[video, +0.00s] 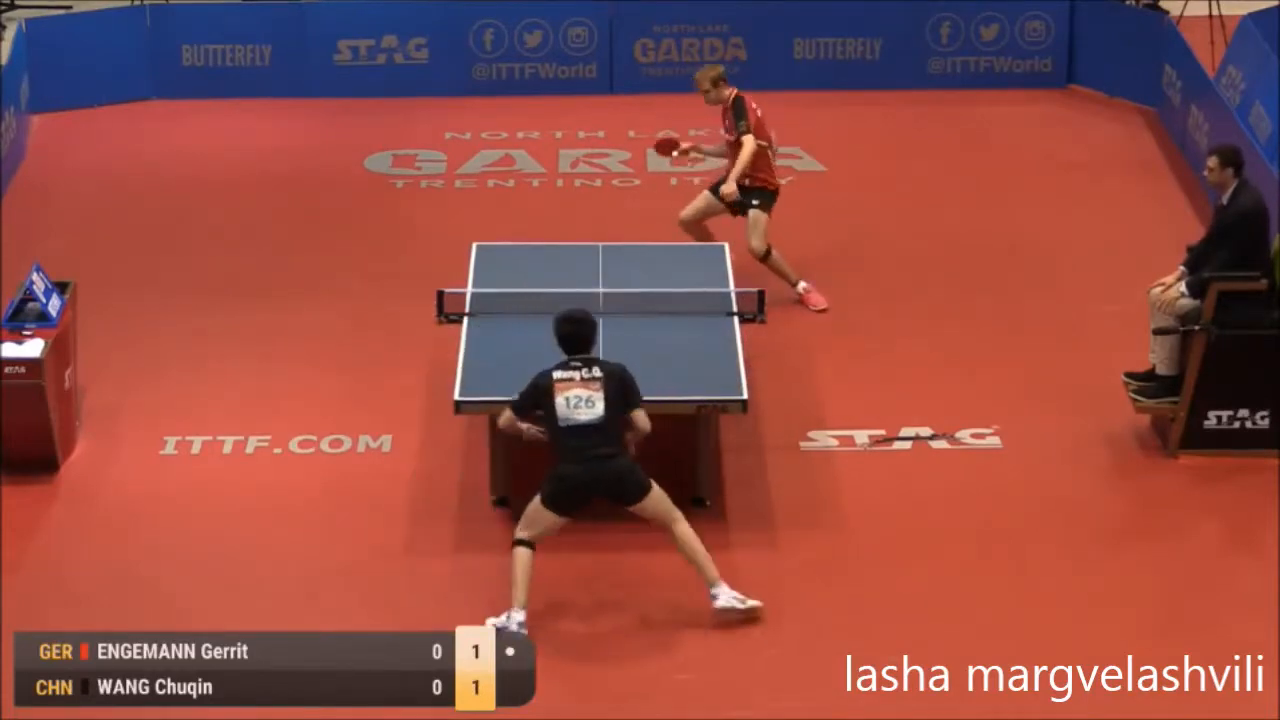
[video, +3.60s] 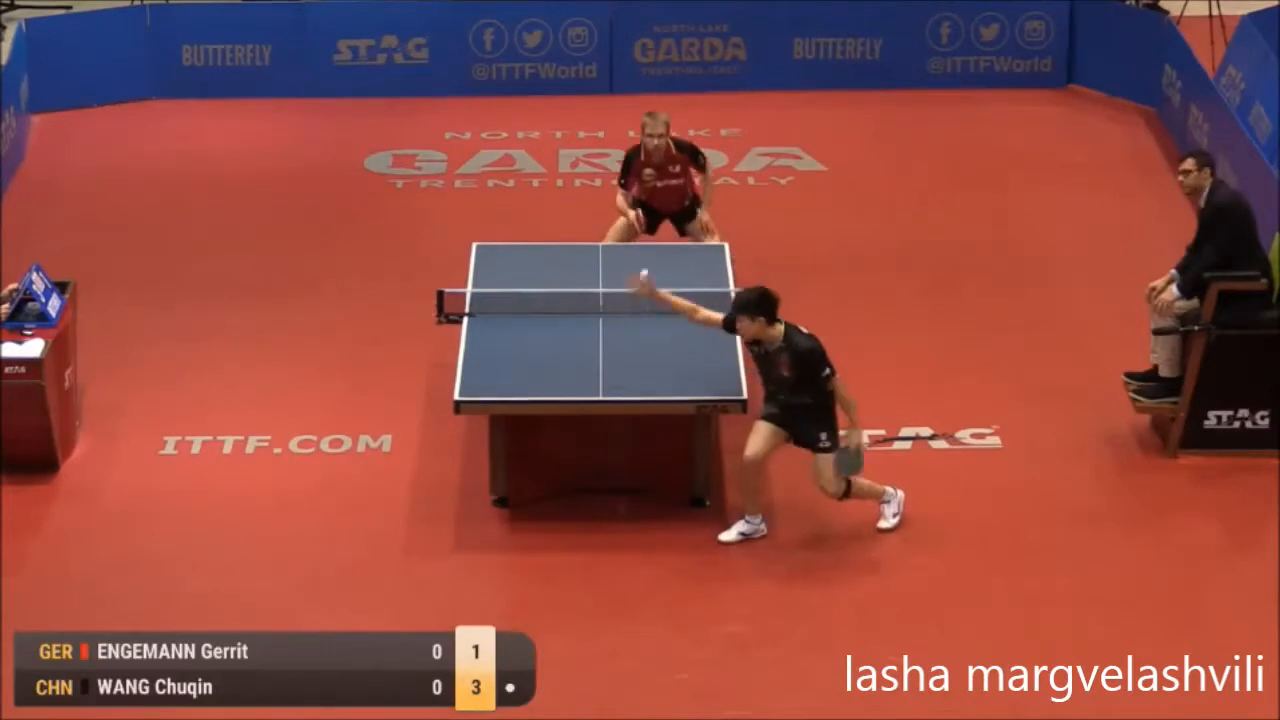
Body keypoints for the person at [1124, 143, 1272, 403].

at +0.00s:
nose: (1205, 175)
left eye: (1211, 170)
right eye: (1206, 169)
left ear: (1229, 171)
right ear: (1223, 172)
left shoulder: (1246, 206)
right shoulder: (1229, 200)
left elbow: (1227, 263)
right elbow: (1209, 244)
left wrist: (1185, 287)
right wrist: (1179, 274)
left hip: (1238, 291)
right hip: (1221, 279)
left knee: (1166, 305)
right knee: (1156, 295)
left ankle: (1169, 378)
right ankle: (1160, 369)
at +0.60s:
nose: (1207, 175)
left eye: (1213, 169)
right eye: (1207, 169)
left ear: (1232, 170)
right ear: (1225, 172)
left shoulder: (1245, 205)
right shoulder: (1231, 199)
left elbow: (1221, 257)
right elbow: (1210, 244)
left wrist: (1178, 279)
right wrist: (1177, 272)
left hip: (1236, 288)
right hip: (1222, 278)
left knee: (1165, 307)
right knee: (1157, 296)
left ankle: (1168, 378)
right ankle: (1160, 369)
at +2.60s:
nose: (1207, 175)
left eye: (1213, 170)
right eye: (1207, 169)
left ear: (1232, 172)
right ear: (1224, 172)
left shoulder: (1249, 206)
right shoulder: (1226, 199)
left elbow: (1229, 264)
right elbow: (1205, 240)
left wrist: (1184, 288)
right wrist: (1173, 274)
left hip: (1242, 292)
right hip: (1224, 280)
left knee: (1168, 307)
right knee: (1159, 297)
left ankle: (1168, 379)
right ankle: (1159, 370)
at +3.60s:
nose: (1180, 179)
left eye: (1186, 173)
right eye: (1179, 174)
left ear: (1206, 174)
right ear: (1201, 175)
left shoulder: (1223, 204)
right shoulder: (1211, 201)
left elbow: (1210, 257)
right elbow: (1196, 250)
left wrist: (1177, 292)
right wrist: (1169, 278)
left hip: (1241, 292)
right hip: (1225, 283)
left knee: (1166, 307)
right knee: (1157, 297)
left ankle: (1171, 380)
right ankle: (1161, 369)